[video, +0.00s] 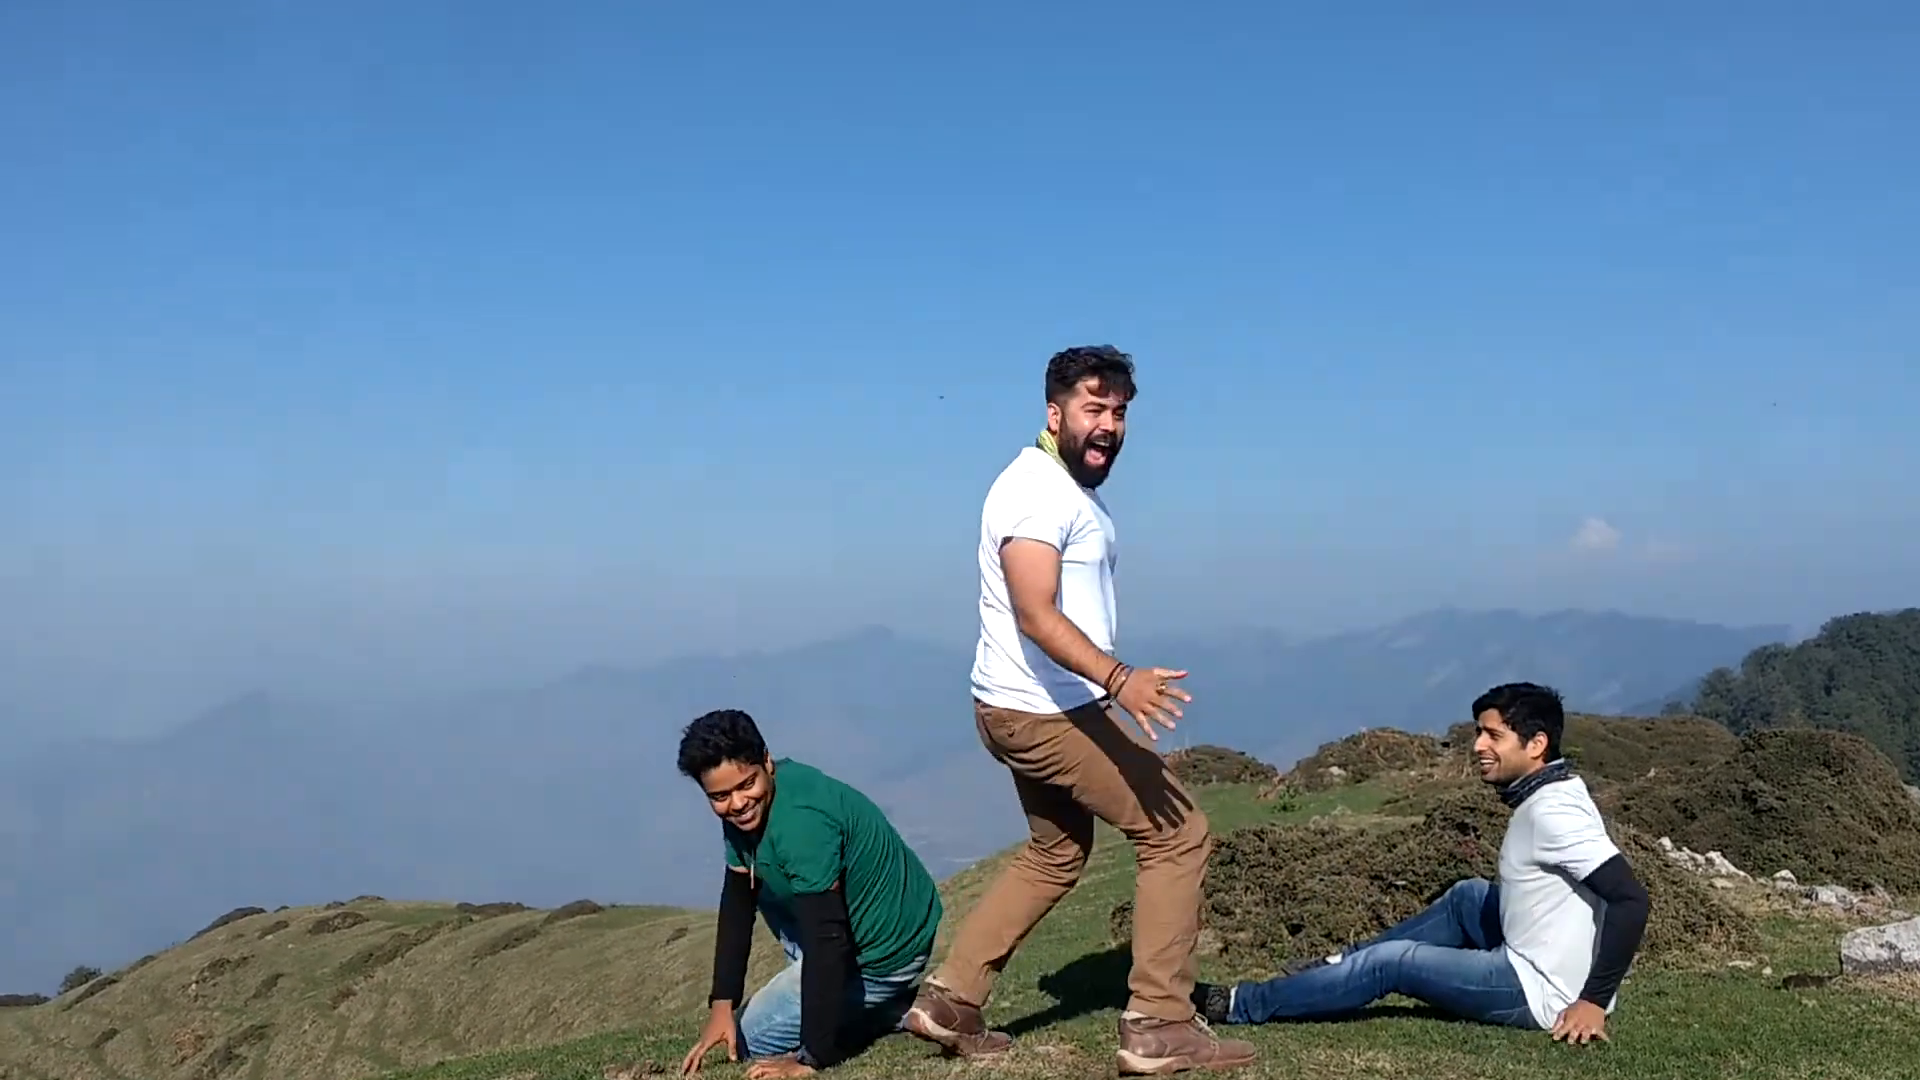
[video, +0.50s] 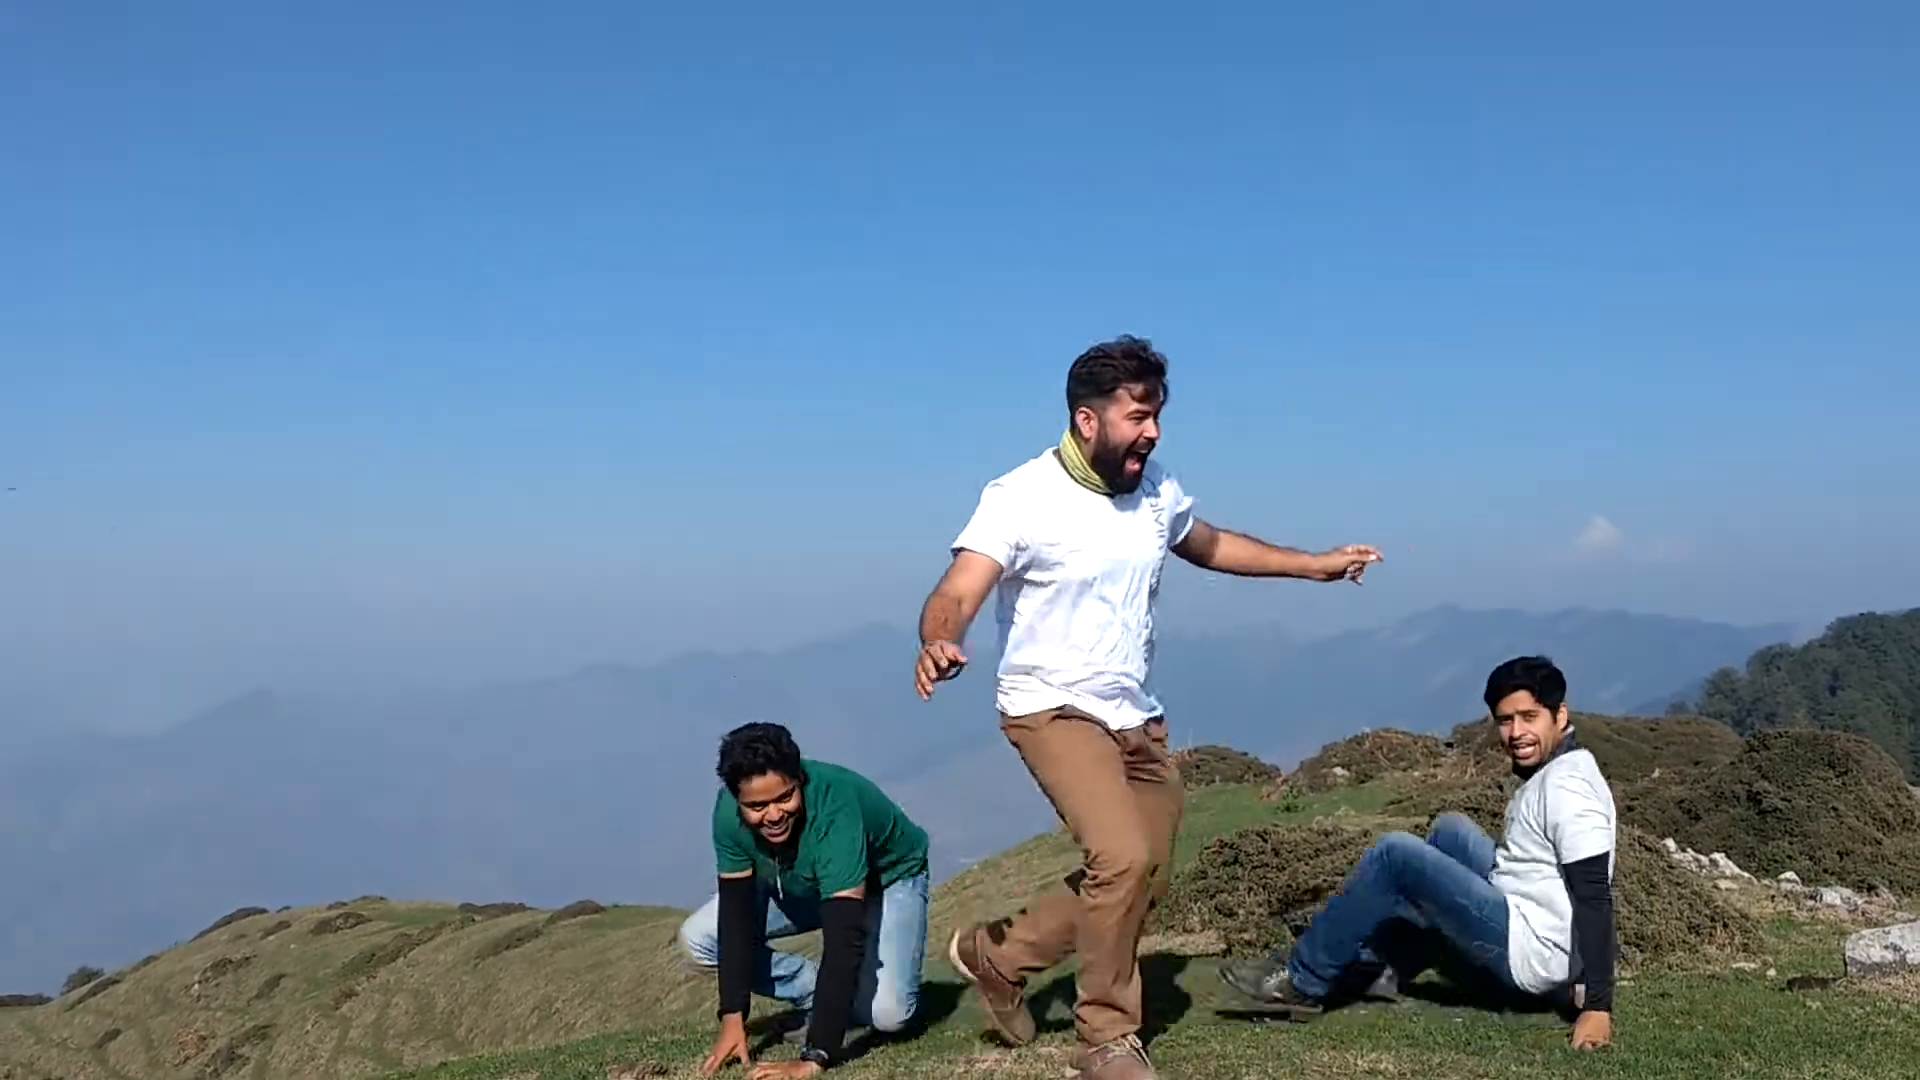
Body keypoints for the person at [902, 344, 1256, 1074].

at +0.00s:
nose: (1110, 426)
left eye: (1120, 412)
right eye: (1094, 410)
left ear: (1126, 417)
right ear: (1054, 413)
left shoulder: (1059, 487)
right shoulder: (1039, 488)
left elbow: (1045, 615)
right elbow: (1036, 614)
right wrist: (1117, 678)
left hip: (1020, 707)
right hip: (1047, 708)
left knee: (1057, 850)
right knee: (1177, 832)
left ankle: (949, 1003)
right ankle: (1160, 1023)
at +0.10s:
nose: (1096, 429)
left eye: (1109, 415)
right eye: (1080, 413)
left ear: (1123, 423)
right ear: (1049, 416)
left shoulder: (1101, 508)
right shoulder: (1021, 489)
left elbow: (1089, 620)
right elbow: (1003, 619)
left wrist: (1125, 673)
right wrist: (1065, 683)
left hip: (1055, 710)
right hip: (1033, 712)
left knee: (1053, 871)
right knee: (1172, 830)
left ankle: (937, 1012)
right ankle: (1165, 1024)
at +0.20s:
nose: (1084, 438)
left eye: (1100, 423)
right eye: (1069, 421)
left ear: (1115, 431)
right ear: (1041, 424)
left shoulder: (1114, 510)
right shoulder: (1005, 498)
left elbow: (1112, 605)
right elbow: (967, 616)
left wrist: (1173, 675)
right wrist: (994, 673)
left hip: (1059, 711)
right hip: (1017, 711)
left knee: (1033, 878)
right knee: (1150, 828)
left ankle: (928, 1022)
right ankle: (1158, 1025)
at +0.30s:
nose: (1089, 442)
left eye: (1103, 427)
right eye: (1072, 427)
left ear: (1116, 432)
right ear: (1042, 432)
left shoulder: (1123, 512)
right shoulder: (1002, 508)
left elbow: (1139, 596)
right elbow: (945, 619)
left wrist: (1223, 652)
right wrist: (954, 680)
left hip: (1073, 720)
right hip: (1013, 712)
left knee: (1031, 888)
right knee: (1136, 821)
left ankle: (924, 1020)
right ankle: (1141, 1019)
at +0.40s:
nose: (1123, 439)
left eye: (1129, 423)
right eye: (1106, 425)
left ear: (1134, 422)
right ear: (1059, 428)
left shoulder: (1136, 501)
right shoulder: (1009, 504)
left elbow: (1176, 569)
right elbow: (945, 607)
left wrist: (1282, 600)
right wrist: (930, 667)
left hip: (1096, 715)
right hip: (1030, 706)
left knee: (1047, 884)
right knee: (1131, 843)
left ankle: (930, 1010)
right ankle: (1101, 1037)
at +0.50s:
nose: (1153, 432)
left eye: (1157, 416)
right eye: (1137, 416)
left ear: (1155, 415)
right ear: (1085, 417)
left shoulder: (1156, 492)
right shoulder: (1021, 496)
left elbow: (1211, 546)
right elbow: (956, 592)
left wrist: (1313, 564)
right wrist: (939, 641)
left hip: (1132, 715)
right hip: (1049, 706)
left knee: (1144, 879)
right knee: (1122, 856)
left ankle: (998, 954)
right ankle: (1107, 1034)